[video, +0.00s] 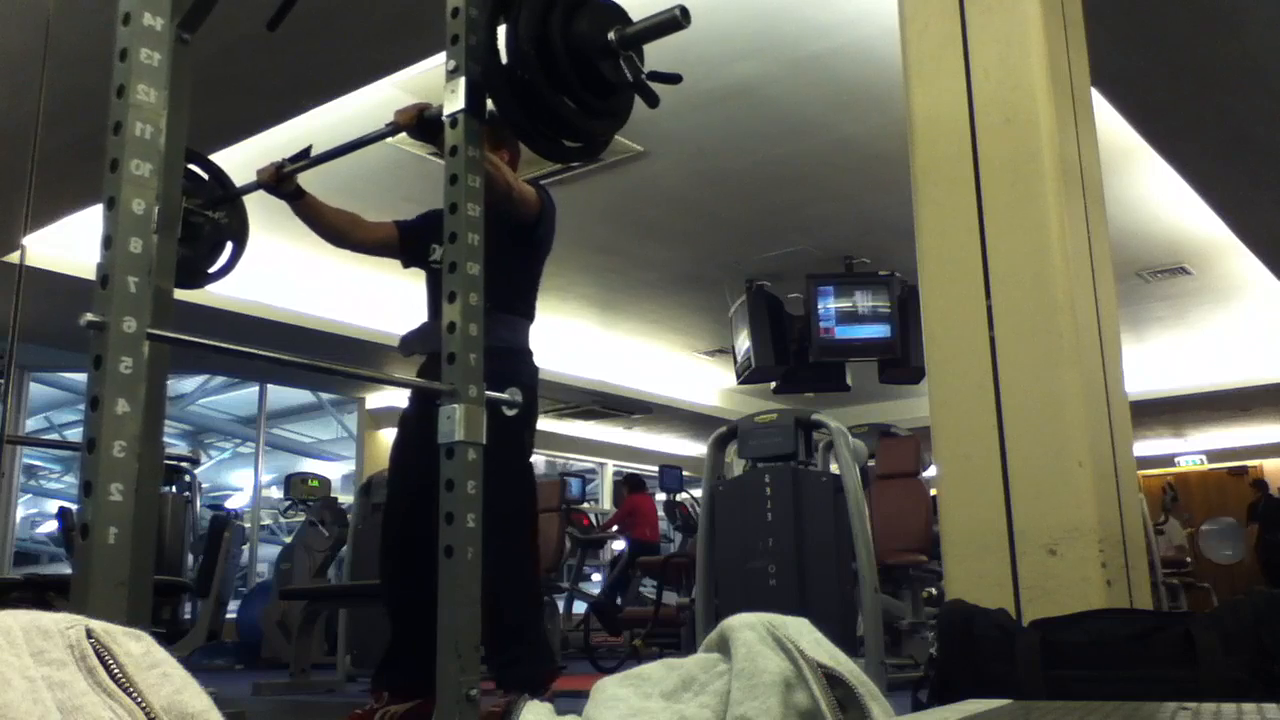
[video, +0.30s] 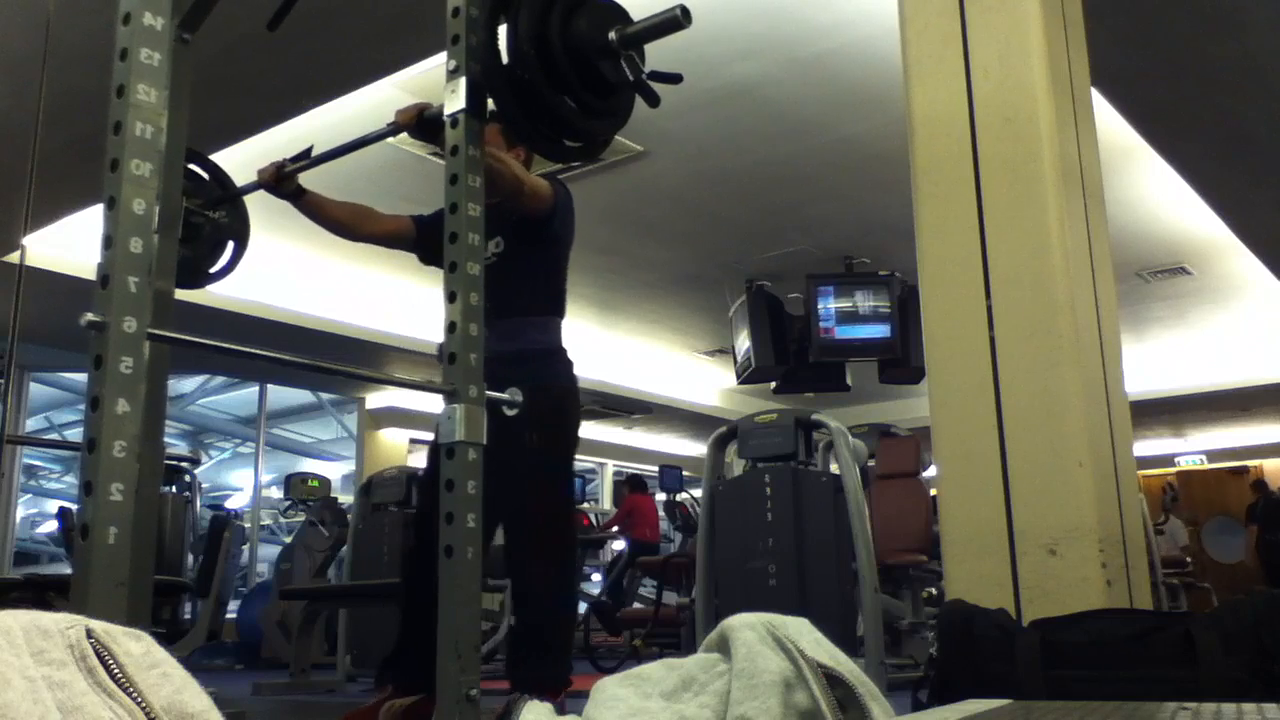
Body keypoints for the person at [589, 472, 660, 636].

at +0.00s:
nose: (623, 491)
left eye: (624, 488)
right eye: (623, 488)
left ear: (629, 488)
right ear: (643, 487)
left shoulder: (632, 500)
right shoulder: (649, 500)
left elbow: (616, 519)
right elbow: (635, 521)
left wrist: (600, 529)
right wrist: (619, 532)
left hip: (637, 546)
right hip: (654, 546)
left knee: (617, 567)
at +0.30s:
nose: (624, 491)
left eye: (625, 488)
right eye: (624, 489)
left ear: (630, 488)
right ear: (644, 488)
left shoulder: (631, 500)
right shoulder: (650, 501)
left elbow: (617, 519)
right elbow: (638, 522)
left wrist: (601, 528)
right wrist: (620, 531)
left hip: (637, 546)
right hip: (654, 547)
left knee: (612, 570)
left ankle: (618, 605)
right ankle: (621, 603)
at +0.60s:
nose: (624, 491)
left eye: (625, 487)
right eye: (624, 487)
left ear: (630, 487)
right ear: (643, 486)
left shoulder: (632, 500)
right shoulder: (650, 500)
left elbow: (617, 519)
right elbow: (634, 524)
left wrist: (601, 529)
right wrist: (615, 533)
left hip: (636, 546)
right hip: (654, 547)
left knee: (603, 553)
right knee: (630, 580)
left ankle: (607, 589)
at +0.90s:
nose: (624, 492)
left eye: (625, 488)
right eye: (624, 488)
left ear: (630, 488)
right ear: (642, 487)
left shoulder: (631, 501)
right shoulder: (650, 500)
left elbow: (617, 518)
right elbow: (637, 521)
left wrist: (601, 529)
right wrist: (619, 530)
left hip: (637, 544)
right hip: (654, 545)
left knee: (620, 569)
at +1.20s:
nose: (625, 491)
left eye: (626, 488)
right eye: (625, 488)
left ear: (631, 488)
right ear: (644, 487)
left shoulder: (631, 500)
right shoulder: (650, 500)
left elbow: (617, 518)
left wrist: (606, 527)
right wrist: (622, 529)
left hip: (637, 544)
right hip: (653, 544)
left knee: (618, 572)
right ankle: (629, 601)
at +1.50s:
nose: (625, 490)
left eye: (626, 487)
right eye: (625, 487)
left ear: (630, 487)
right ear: (643, 486)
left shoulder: (631, 500)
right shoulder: (649, 499)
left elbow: (620, 518)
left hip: (637, 543)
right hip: (654, 543)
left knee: (631, 576)